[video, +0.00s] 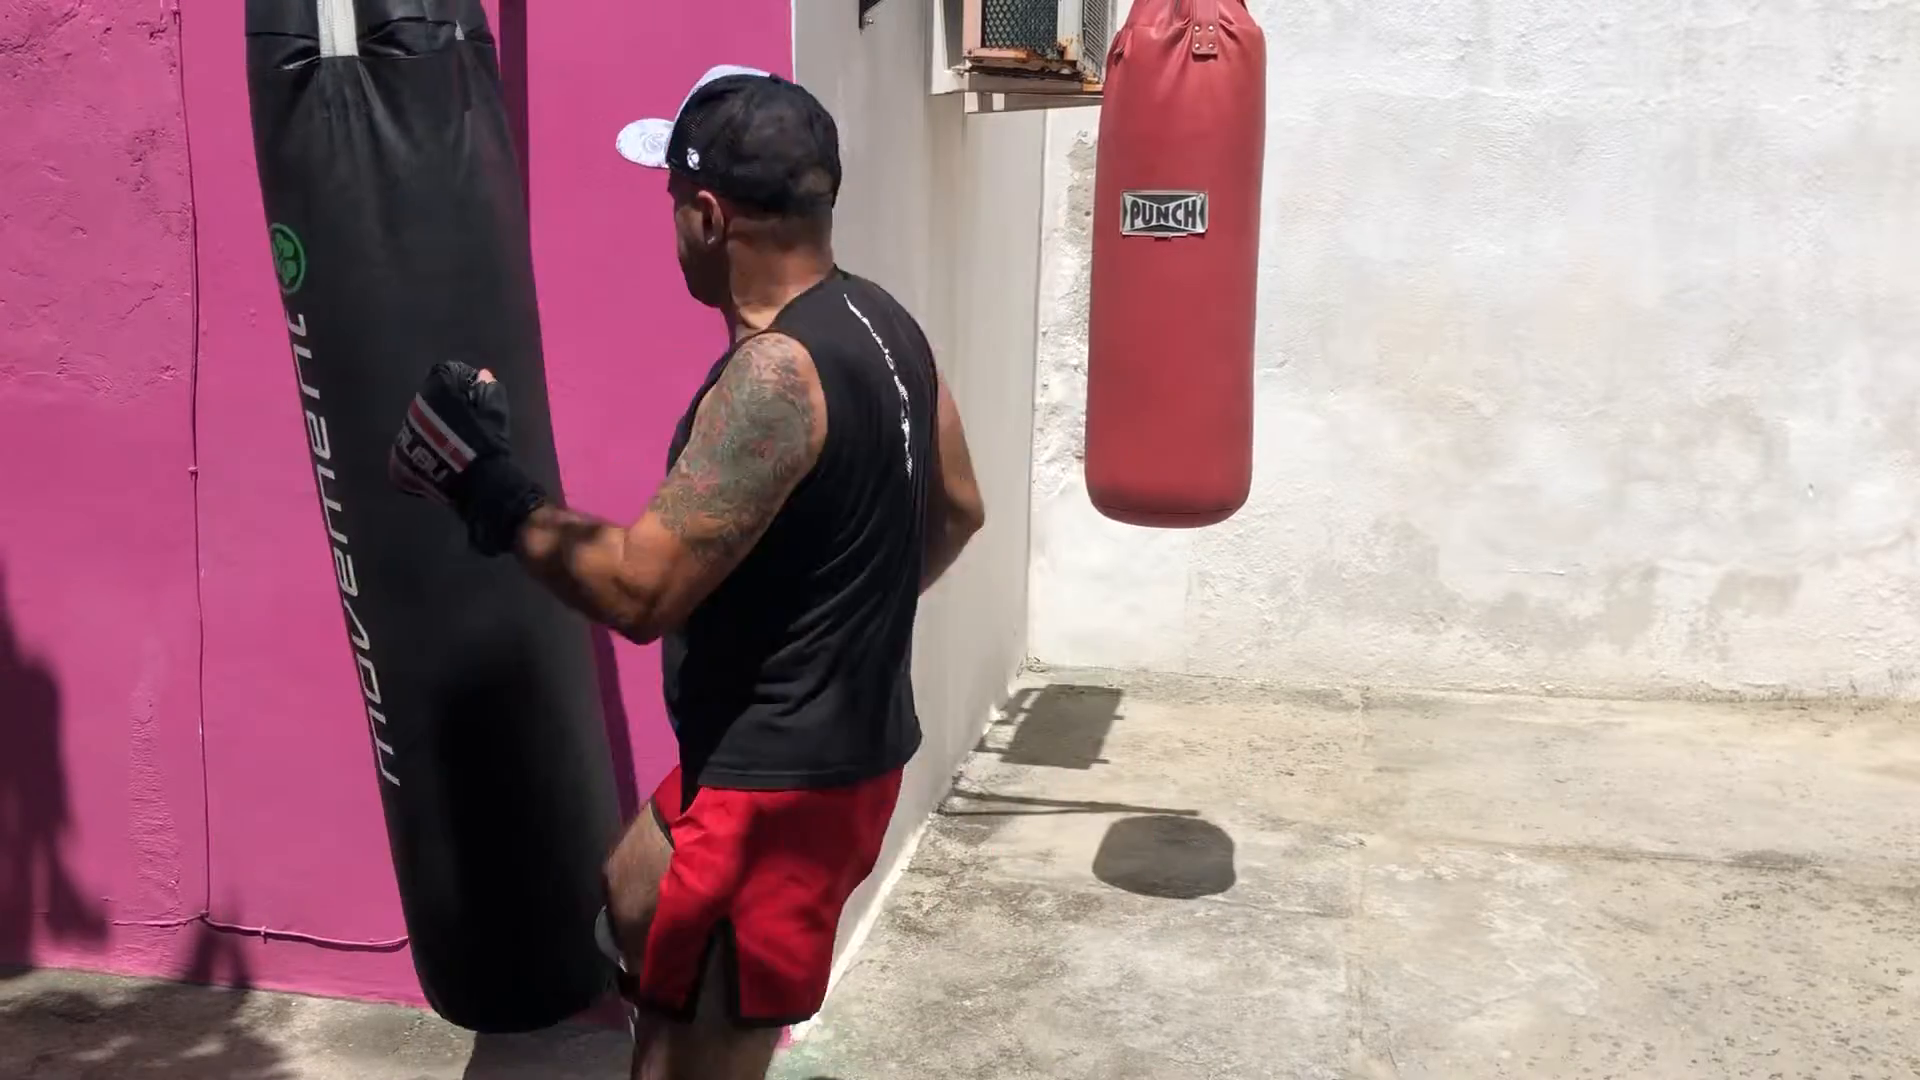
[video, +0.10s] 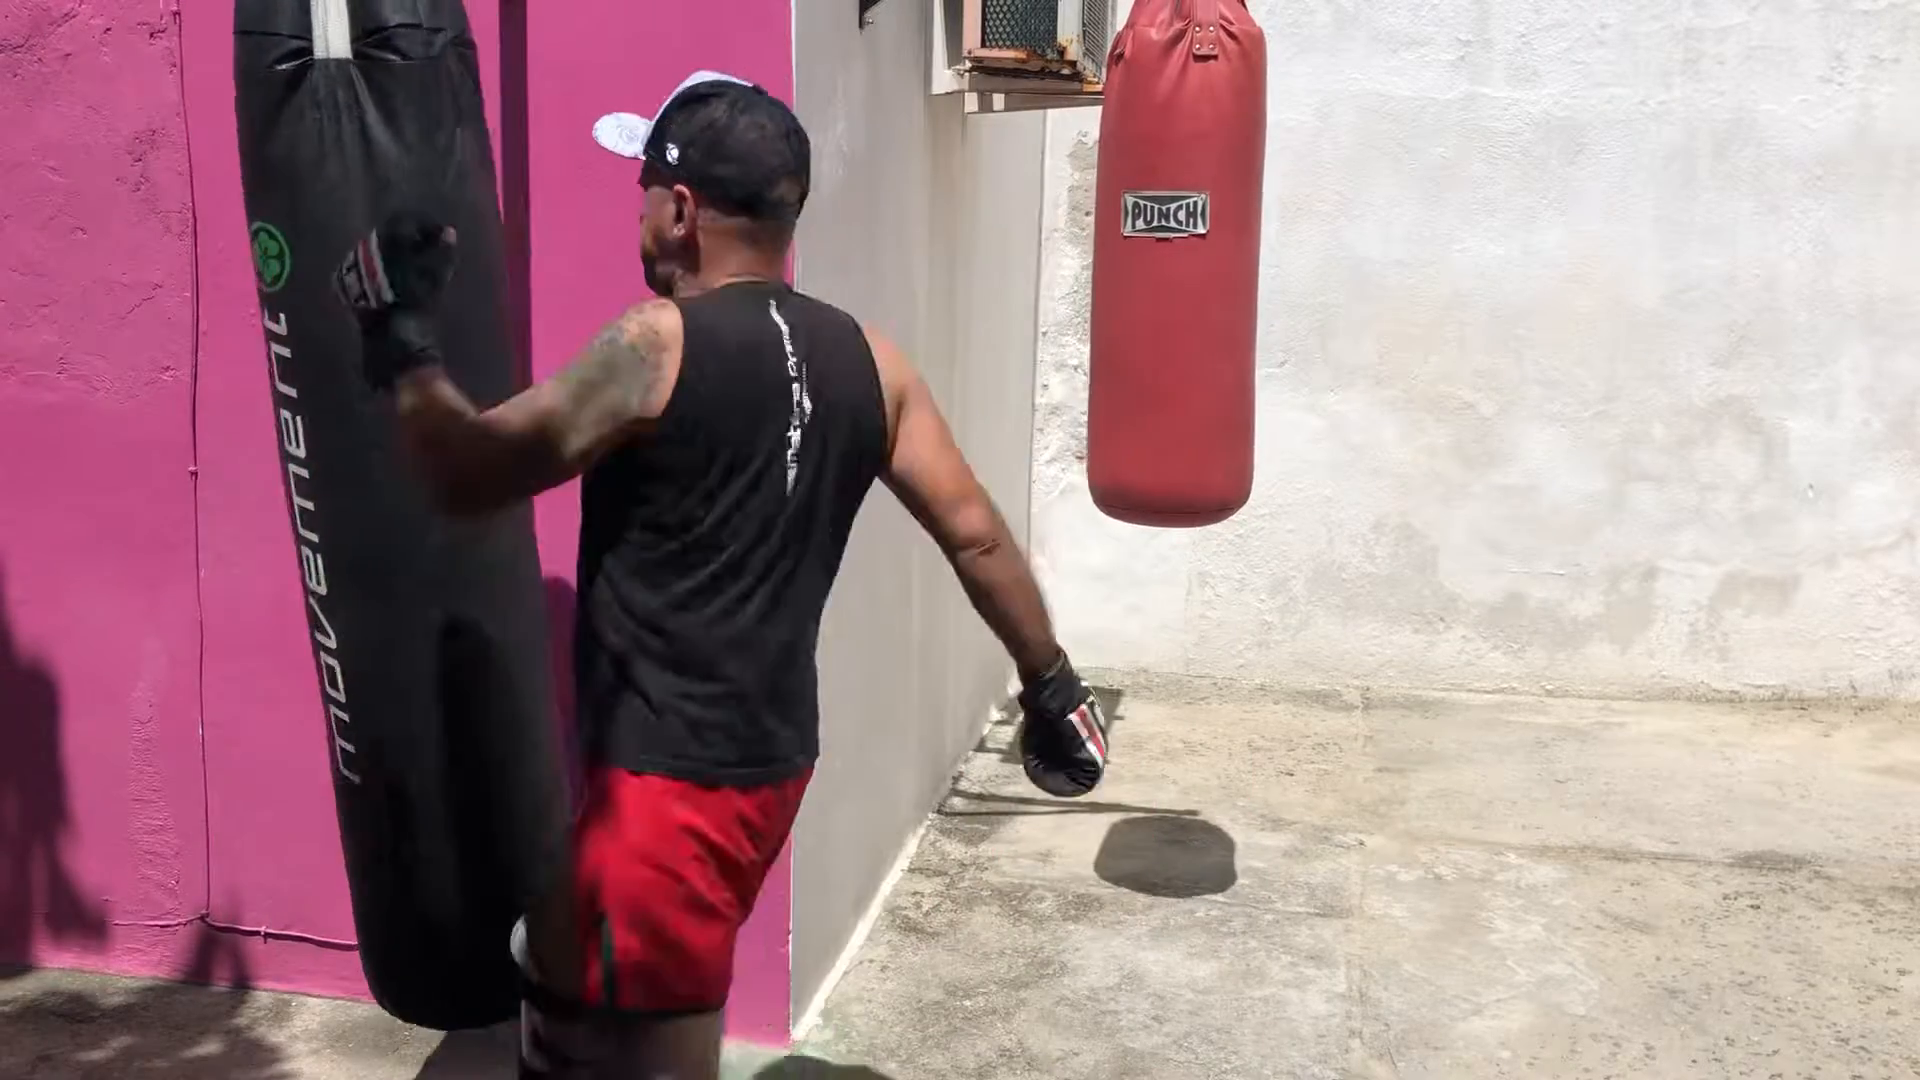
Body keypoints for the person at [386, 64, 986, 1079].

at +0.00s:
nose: (675, 227)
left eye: (675, 201)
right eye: (674, 201)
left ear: (713, 213)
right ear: (816, 204)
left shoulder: (774, 371)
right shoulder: (882, 323)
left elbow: (642, 588)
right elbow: (955, 511)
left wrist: (493, 489)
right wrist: (843, 600)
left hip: (776, 767)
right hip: (838, 731)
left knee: (701, 1056)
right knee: (635, 892)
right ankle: (693, 1049)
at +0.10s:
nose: (640, 219)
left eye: (647, 192)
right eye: (643, 191)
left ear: (682, 208)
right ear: (785, 217)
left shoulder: (655, 343)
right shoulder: (867, 359)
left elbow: (466, 470)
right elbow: (977, 534)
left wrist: (405, 342)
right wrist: (1051, 682)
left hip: (661, 769)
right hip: (766, 763)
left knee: (669, 1047)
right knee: (563, 998)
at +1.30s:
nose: (532, 236)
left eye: (553, 212)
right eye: (539, 211)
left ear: (624, 236)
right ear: (623, 238)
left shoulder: (726, 367)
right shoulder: (593, 374)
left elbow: (571, 530)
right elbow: (541, 541)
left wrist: (466, 372)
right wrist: (414, 479)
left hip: (693, 763)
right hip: (548, 750)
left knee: (709, 1041)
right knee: (428, 1001)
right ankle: (496, 1063)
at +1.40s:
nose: (595, 211)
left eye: (614, 189)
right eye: (597, 189)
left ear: (684, 205)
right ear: (681, 206)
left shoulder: (789, 337)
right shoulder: (655, 339)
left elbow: (605, 485)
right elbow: (592, 439)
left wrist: (549, 289)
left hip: (749, 756)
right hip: (603, 740)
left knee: (751, 1056)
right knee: (504, 998)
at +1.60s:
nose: (726, 140)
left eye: (751, 120)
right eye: (729, 118)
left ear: (828, 144)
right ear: (817, 144)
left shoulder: (916, 296)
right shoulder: (741, 241)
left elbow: (732, 437)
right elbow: (564, 279)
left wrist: (683, 246)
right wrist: (397, 239)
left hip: (844, 679)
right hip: (694, 661)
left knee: (857, 1014)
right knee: (639, 944)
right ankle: (764, 1070)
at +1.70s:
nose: (816, 156)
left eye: (841, 136)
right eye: (822, 131)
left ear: (924, 166)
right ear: (913, 166)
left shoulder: (994, 322)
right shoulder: (853, 265)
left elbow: (795, 463)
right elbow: (731, 335)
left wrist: (733, 273)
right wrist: (587, 256)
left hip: (936, 715)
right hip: (802, 692)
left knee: (973, 1044)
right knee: (766, 962)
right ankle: (830, 1070)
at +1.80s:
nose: (857, 182)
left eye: (881, 156)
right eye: (865, 153)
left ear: (963, 173)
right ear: (960, 175)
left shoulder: (1048, 320)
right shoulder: (943, 282)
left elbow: (860, 493)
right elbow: (886, 394)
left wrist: (769, 315)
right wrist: (749, 316)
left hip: (1019, 733)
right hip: (899, 703)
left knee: (1041, 1038)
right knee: (839, 944)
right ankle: (864, 1071)